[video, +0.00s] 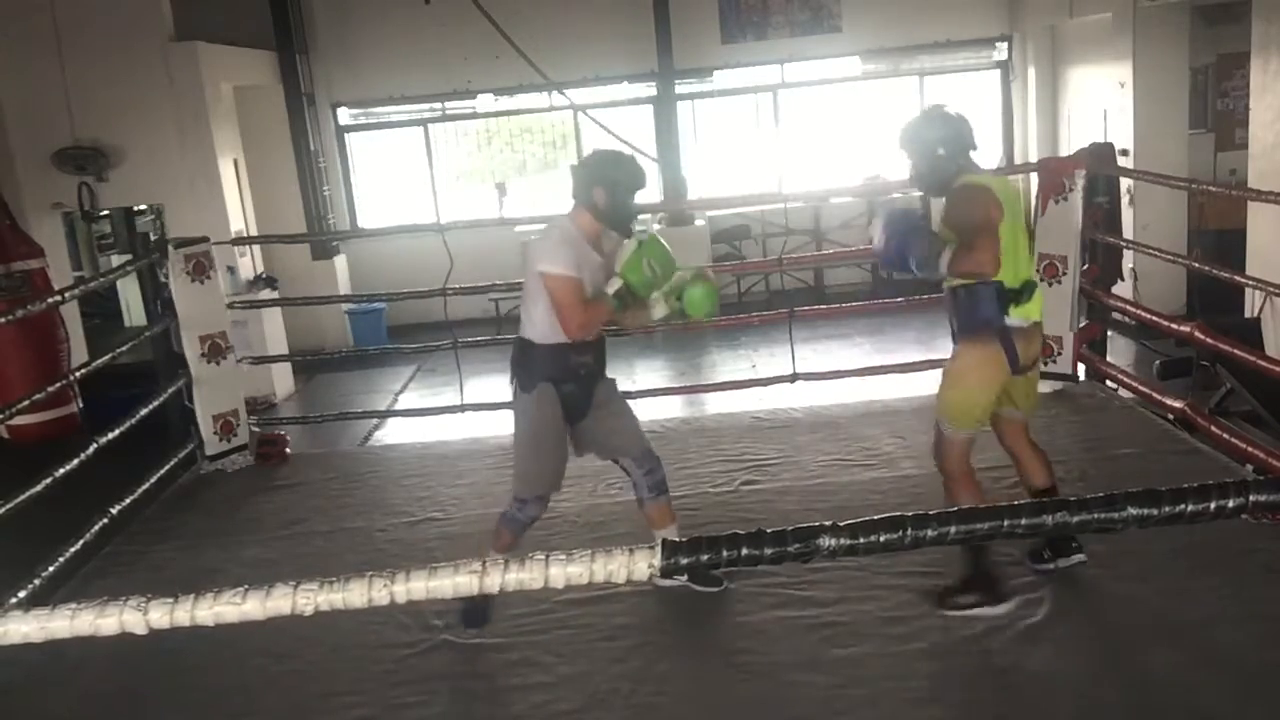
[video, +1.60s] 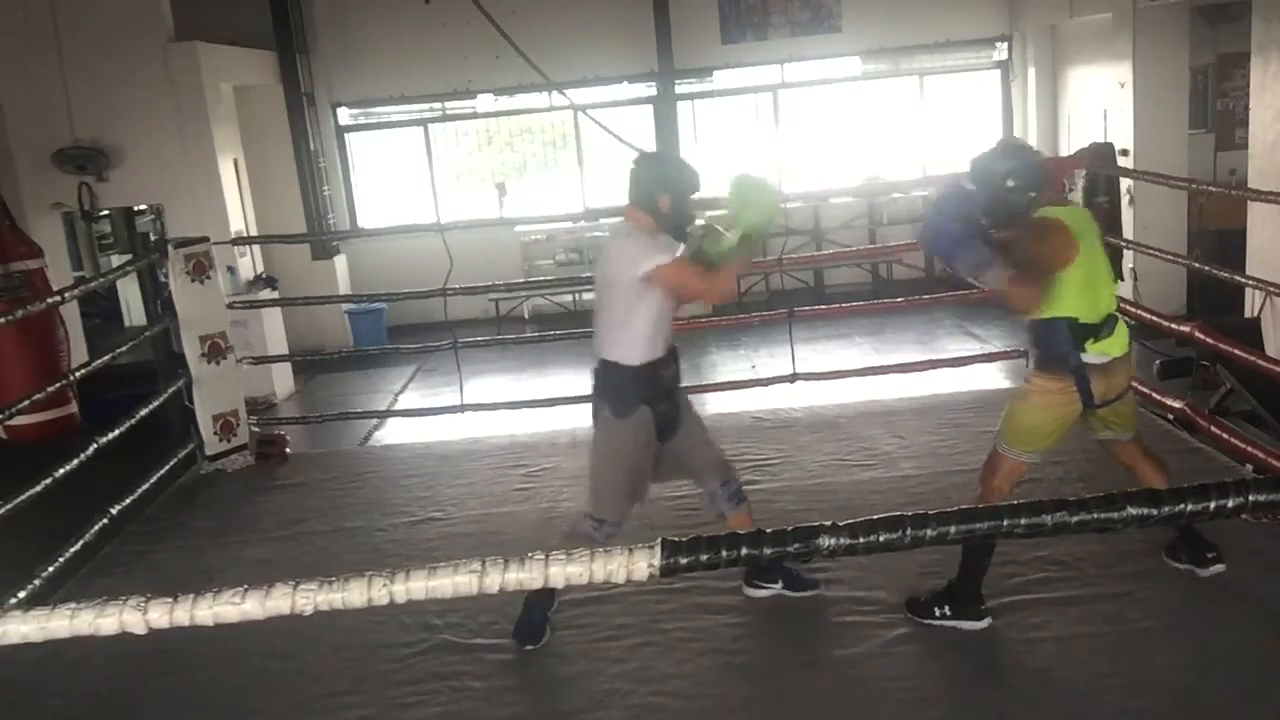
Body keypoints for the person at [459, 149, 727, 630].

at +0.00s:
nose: (634, 205)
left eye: (635, 196)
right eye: (628, 195)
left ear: (606, 196)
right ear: (598, 194)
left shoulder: (612, 246)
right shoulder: (553, 245)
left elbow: (620, 311)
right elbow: (576, 324)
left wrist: (667, 297)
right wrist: (623, 293)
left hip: (587, 374)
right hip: (540, 378)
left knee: (645, 465)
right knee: (534, 494)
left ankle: (674, 560)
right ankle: (485, 581)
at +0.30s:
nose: (599, 207)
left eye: (600, 197)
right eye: (591, 197)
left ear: (568, 198)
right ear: (558, 195)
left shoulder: (581, 246)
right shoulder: (518, 252)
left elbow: (638, 282)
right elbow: (544, 330)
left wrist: (654, 223)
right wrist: (596, 294)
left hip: (583, 383)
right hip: (532, 391)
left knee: (639, 469)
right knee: (527, 506)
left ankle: (673, 559)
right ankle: (508, 592)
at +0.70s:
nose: (620, 215)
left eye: (621, 205)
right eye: (611, 206)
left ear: (614, 203)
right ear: (578, 204)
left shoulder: (607, 251)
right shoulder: (529, 261)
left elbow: (675, 273)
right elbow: (557, 338)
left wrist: (670, 210)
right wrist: (611, 304)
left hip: (608, 388)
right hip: (552, 395)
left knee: (663, 487)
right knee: (529, 510)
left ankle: (713, 584)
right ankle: (507, 595)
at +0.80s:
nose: (647, 226)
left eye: (649, 215)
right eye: (637, 217)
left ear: (648, 212)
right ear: (603, 218)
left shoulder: (641, 252)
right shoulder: (555, 266)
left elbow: (684, 308)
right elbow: (572, 349)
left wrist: (697, 269)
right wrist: (632, 319)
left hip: (631, 393)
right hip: (574, 399)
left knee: (696, 482)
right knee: (541, 513)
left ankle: (721, 584)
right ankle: (509, 592)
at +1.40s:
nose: (650, 206)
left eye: (652, 195)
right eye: (644, 194)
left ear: (614, 193)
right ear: (616, 192)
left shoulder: (612, 246)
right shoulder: (577, 252)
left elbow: (632, 310)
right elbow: (622, 329)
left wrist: (670, 263)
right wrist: (675, 283)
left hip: (638, 381)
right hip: (592, 391)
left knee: (706, 469)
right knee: (576, 509)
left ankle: (740, 567)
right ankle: (538, 603)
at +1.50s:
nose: (673, 204)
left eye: (673, 194)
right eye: (667, 193)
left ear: (634, 193)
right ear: (637, 192)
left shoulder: (631, 241)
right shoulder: (595, 244)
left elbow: (649, 302)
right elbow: (659, 311)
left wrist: (683, 254)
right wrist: (705, 268)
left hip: (646, 381)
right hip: (604, 389)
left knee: (707, 475)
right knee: (586, 513)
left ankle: (753, 562)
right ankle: (541, 595)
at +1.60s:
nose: (688, 209)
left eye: (688, 199)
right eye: (681, 199)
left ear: (653, 198)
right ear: (655, 198)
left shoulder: (645, 239)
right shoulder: (634, 246)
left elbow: (683, 290)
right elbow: (717, 289)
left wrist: (714, 252)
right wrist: (746, 238)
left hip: (660, 388)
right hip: (625, 393)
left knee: (721, 481)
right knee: (603, 520)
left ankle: (760, 566)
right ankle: (544, 594)